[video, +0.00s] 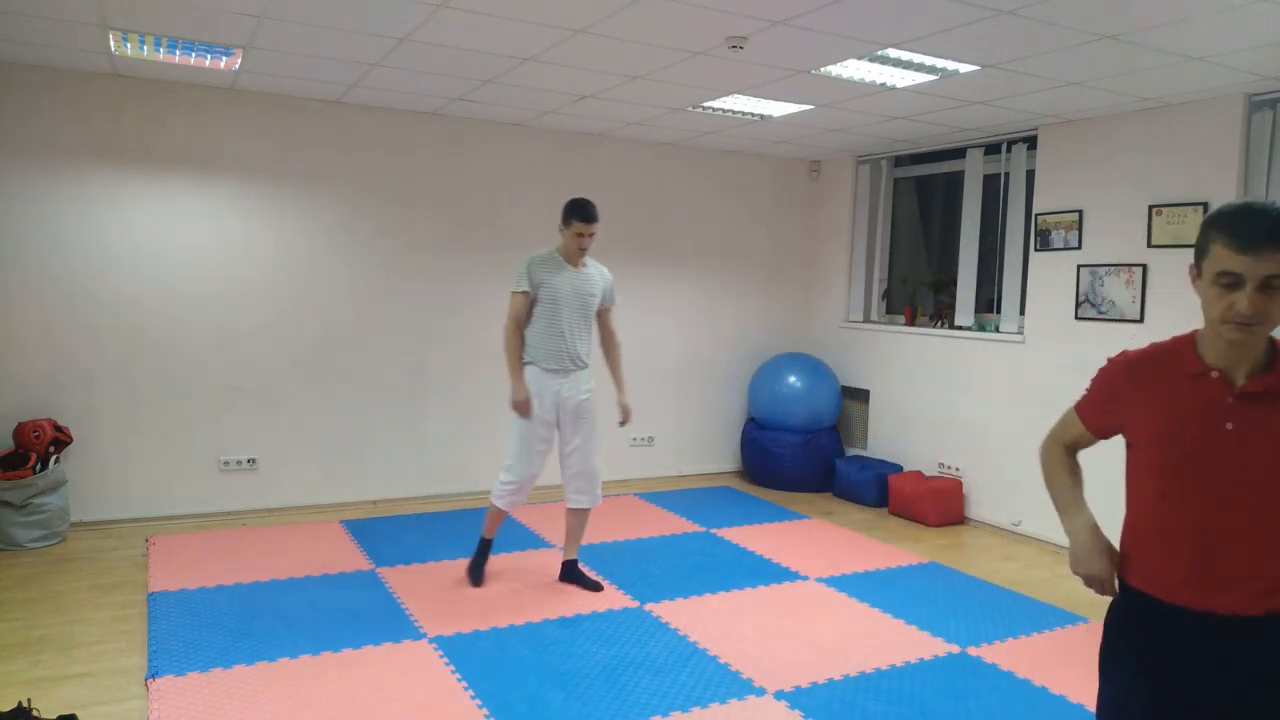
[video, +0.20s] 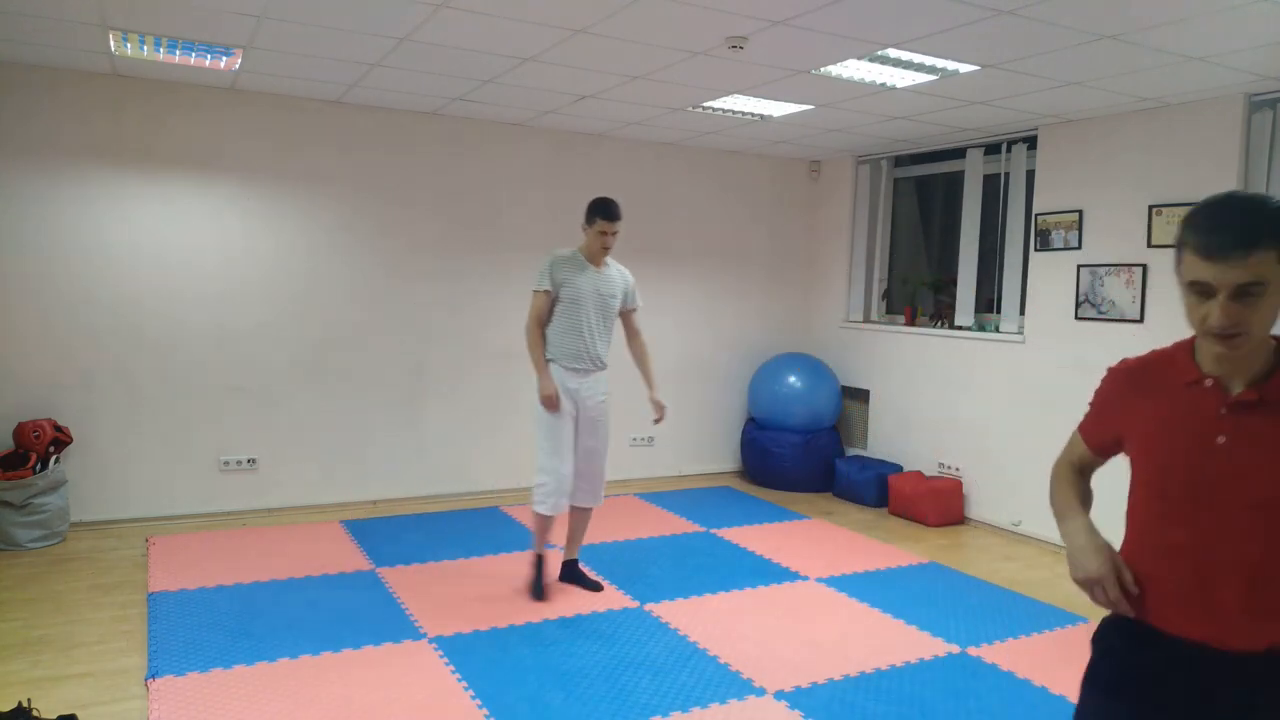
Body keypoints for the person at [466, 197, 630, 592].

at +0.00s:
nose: (586, 242)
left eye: (591, 235)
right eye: (579, 234)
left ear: (596, 234)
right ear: (562, 230)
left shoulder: (600, 277)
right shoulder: (535, 266)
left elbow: (608, 337)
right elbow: (515, 324)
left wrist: (621, 392)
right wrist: (516, 383)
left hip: (579, 382)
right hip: (538, 381)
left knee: (583, 473)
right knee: (522, 471)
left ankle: (570, 564)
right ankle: (483, 549)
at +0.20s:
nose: (609, 241)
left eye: (615, 234)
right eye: (603, 233)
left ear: (619, 234)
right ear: (586, 229)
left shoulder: (621, 278)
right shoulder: (560, 266)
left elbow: (634, 336)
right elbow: (535, 324)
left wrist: (652, 390)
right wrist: (544, 378)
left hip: (595, 383)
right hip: (557, 381)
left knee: (590, 474)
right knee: (555, 474)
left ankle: (570, 564)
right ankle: (539, 564)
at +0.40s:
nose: (630, 243)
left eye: (636, 237)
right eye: (624, 235)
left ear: (640, 238)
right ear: (606, 231)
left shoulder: (637, 282)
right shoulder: (579, 271)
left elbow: (644, 342)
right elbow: (555, 330)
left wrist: (659, 389)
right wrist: (561, 389)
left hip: (615, 387)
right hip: (578, 384)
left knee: (597, 477)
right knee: (591, 478)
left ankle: (570, 562)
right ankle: (615, 576)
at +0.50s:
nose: (642, 244)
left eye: (647, 238)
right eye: (636, 237)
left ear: (649, 237)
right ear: (616, 232)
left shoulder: (646, 282)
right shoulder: (589, 273)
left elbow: (647, 343)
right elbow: (567, 335)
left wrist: (654, 396)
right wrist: (570, 396)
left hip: (630, 387)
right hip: (594, 386)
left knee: (602, 477)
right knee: (609, 478)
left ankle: (572, 561)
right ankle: (635, 579)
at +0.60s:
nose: (653, 244)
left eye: (657, 237)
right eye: (646, 237)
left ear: (658, 237)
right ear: (626, 234)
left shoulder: (654, 281)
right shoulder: (600, 276)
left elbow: (653, 345)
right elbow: (582, 341)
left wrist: (653, 403)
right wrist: (582, 404)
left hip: (642, 388)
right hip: (610, 387)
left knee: (612, 479)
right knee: (624, 480)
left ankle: (573, 559)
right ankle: (641, 583)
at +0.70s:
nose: (663, 243)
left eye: (667, 235)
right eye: (656, 236)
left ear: (669, 234)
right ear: (636, 233)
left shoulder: (663, 276)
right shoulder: (615, 277)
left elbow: (661, 343)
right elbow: (600, 346)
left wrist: (669, 398)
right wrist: (600, 409)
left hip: (655, 387)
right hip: (625, 385)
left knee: (636, 480)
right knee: (638, 482)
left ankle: (581, 551)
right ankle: (642, 584)